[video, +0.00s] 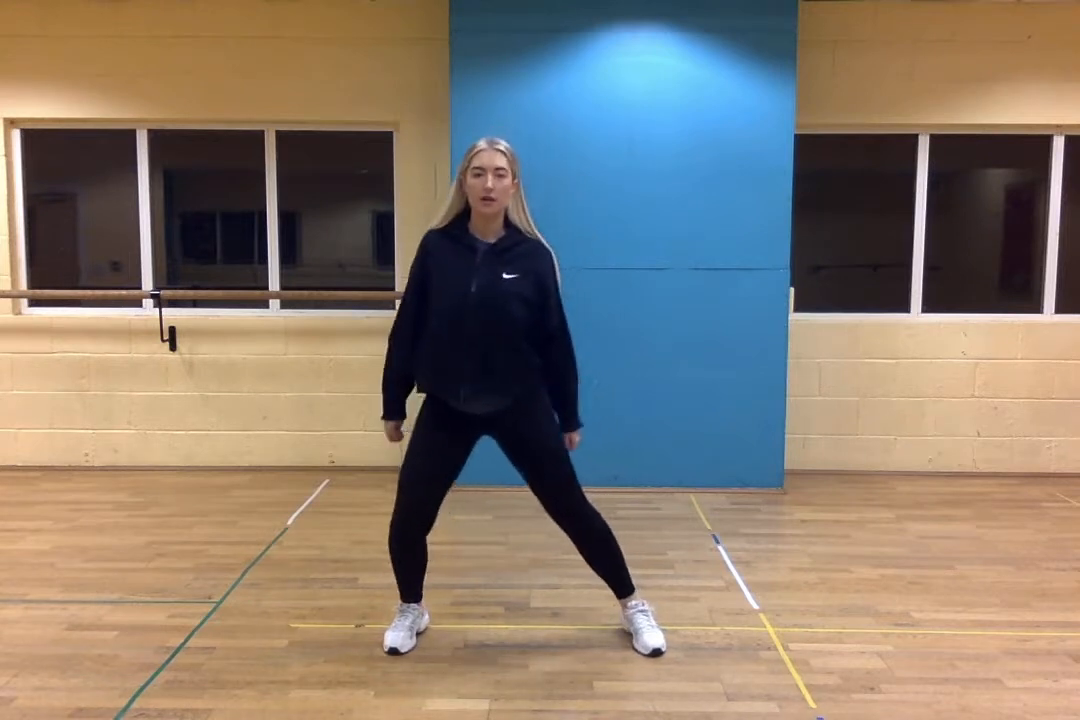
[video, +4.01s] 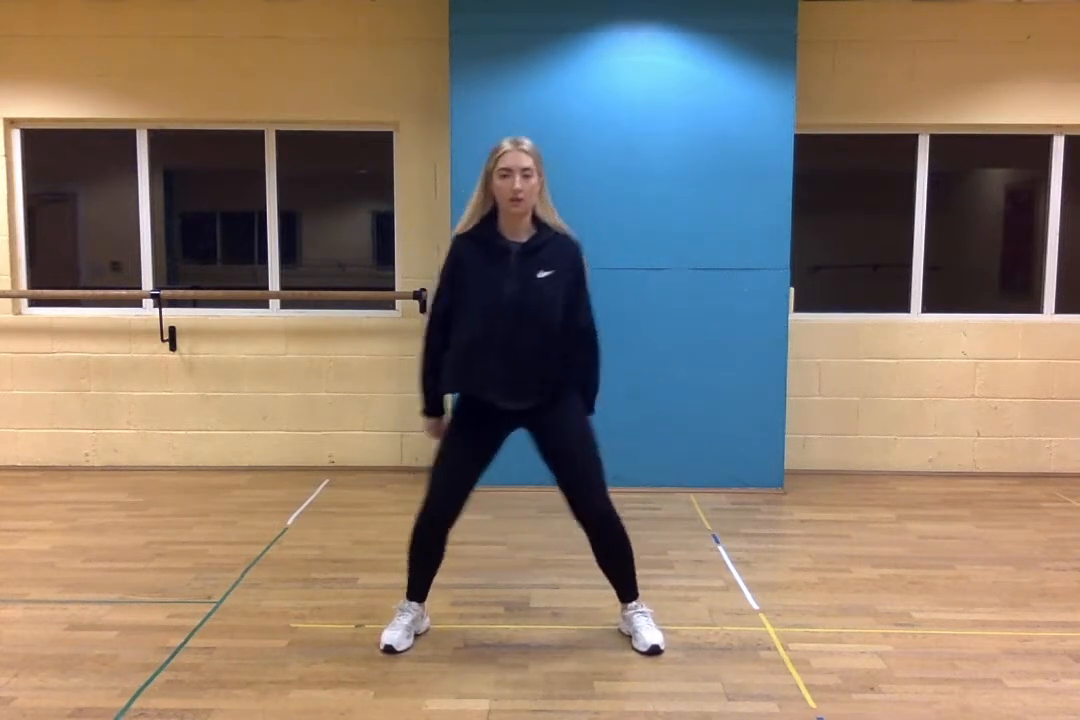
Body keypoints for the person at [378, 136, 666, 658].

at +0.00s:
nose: (489, 181)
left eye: (499, 173)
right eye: (478, 172)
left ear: (514, 184)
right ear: (463, 182)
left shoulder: (534, 255)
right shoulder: (437, 246)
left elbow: (555, 336)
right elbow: (408, 324)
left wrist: (569, 414)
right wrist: (393, 404)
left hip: (520, 405)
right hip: (447, 404)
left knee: (571, 509)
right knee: (407, 519)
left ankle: (633, 605)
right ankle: (410, 608)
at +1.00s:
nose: (503, 188)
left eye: (513, 180)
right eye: (493, 180)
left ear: (528, 191)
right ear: (479, 192)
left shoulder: (552, 259)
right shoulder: (455, 257)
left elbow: (573, 341)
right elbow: (423, 336)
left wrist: (581, 417)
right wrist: (409, 415)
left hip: (529, 410)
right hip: (457, 410)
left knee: (573, 516)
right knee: (418, 516)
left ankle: (629, 609)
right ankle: (412, 610)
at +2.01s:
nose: (496, 190)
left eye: (506, 181)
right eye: (486, 181)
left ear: (520, 191)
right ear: (471, 192)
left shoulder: (543, 260)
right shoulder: (447, 255)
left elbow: (563, 341)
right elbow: (421, 332)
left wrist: (574, 417)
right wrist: (409, 406)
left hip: (528, 409)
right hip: (458, 409)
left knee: (577, 513)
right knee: (417, 517)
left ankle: (628, 609)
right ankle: (412, 610)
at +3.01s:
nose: (506, 183)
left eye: (516, 175)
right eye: (496, 175)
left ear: (529, 186)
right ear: (480, 185)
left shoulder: (551, 253)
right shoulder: (454, 249)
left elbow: (569, 332)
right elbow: (428, 324)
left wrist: (573, 404)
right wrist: (417, 400)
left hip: (537, 400)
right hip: (467, 400)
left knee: (582, 505)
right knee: (425, 510)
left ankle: (631, 608)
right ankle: (412, 609)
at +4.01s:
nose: (517, 183)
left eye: (526, 173)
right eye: (506, 174)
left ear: (539, 182)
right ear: (490, 184)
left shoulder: (562, 248)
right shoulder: (466, 248)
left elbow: (581, 327)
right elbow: (439, 324)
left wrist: (583, 400)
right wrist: (433, 404)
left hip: (554, 400)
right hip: (482, 401)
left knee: (594, 506)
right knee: (437, 509)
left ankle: (633, 608)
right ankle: (412, 608)